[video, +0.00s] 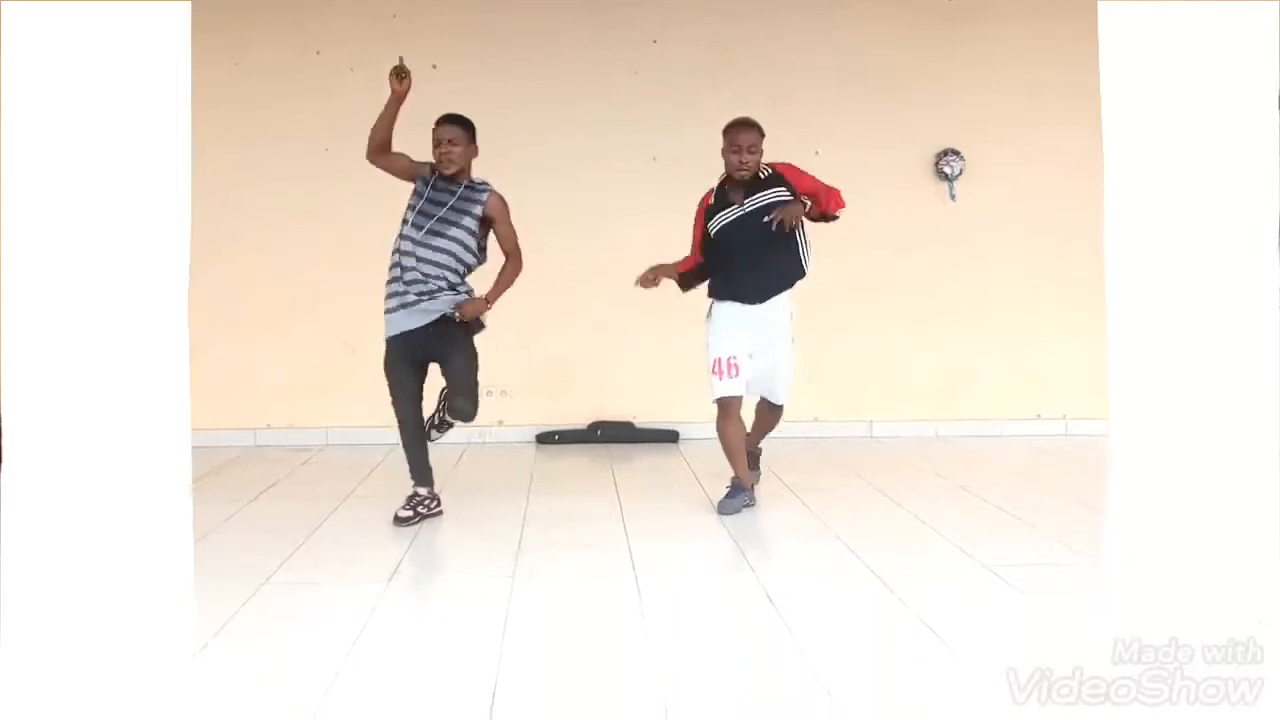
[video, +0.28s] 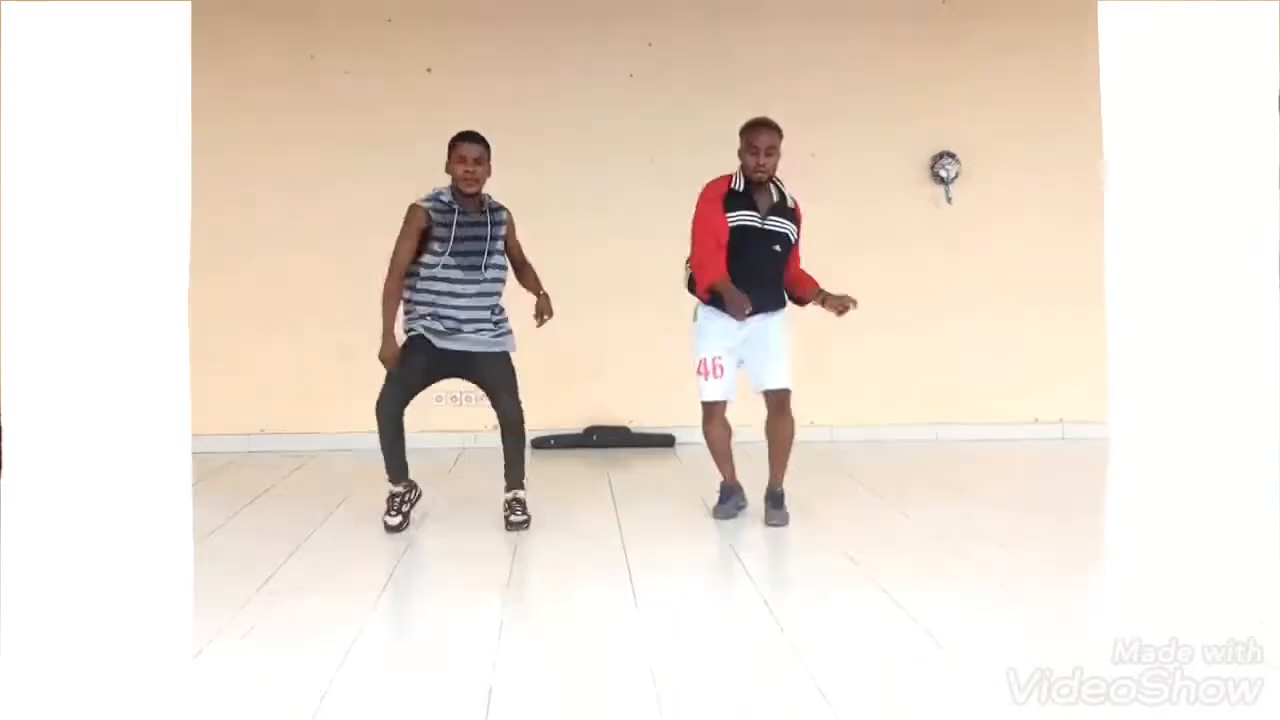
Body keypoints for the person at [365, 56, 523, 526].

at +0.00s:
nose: (443, 151)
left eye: (452, 144)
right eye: (437, 144)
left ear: (473, 149)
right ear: (432, 146)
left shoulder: (489, 201)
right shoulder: (422, 175)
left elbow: (513, 260)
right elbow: (378, 154)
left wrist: (486, 301)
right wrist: (395, 100)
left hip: (446, 310)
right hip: (401, 312)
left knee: (464, 407)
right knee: (405, 408)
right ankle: (424, 492)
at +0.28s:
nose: (470, 169)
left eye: (479, 161)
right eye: (461, 161)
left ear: (489, 167)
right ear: (449, 165)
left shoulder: (500, 217)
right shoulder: (424, 213)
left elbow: (520, 264)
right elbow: (396, 276)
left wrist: (541, 293)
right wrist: (388, 336)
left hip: (486, 342)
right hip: (431, 340)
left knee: (511, 411)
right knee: (387, 406)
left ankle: (515, 494)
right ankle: (401, 488)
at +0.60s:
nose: (458, 181)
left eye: (467, 173)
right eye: (452, 173)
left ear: (486, 171)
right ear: (446, 171)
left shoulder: (508, 203)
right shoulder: (436, 216)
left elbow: (550, 253)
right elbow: (415, 267)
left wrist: (516, 297)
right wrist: (385, 316)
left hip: (508, 333)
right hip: (457, 329)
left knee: (510, 417)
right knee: (404, 392)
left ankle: (520, 493)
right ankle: (421, 492)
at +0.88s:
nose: (475, 168)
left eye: (484, 161)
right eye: (469, 160)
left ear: (501, 163)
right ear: (461, 160)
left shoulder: (522, 197)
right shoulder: (449, 206)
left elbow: (554, 250)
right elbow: (443, 260)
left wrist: (523, 290)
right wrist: (429, 310)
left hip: (509, 326)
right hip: (459, 329)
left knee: (518, 409)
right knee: (448, 411)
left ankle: (526, 487)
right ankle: (469, 483)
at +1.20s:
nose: (455, 180)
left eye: (464, 173)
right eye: (447, 171)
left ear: (477, 173)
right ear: (436, 170)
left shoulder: (496, 209)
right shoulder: (424, 212)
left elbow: (536, 262)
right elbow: (418, 263)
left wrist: (525, 314)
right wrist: (398, 317)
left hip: (515, 322)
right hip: (472, 327)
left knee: (517, 403)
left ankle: (520, 485)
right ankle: (477, 486)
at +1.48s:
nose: (520, 173)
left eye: (532, 172)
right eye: (518, 169)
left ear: (546, 194)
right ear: (509, 183)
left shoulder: (537, 243)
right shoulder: (487, 216)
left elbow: (536, 309)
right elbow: (448, 250)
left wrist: (526, 372)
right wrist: (395, 259)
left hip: (457, 333)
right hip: (418, 317)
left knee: (466, 408)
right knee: (412, 403)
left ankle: (506, 486)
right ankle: (453, 482)